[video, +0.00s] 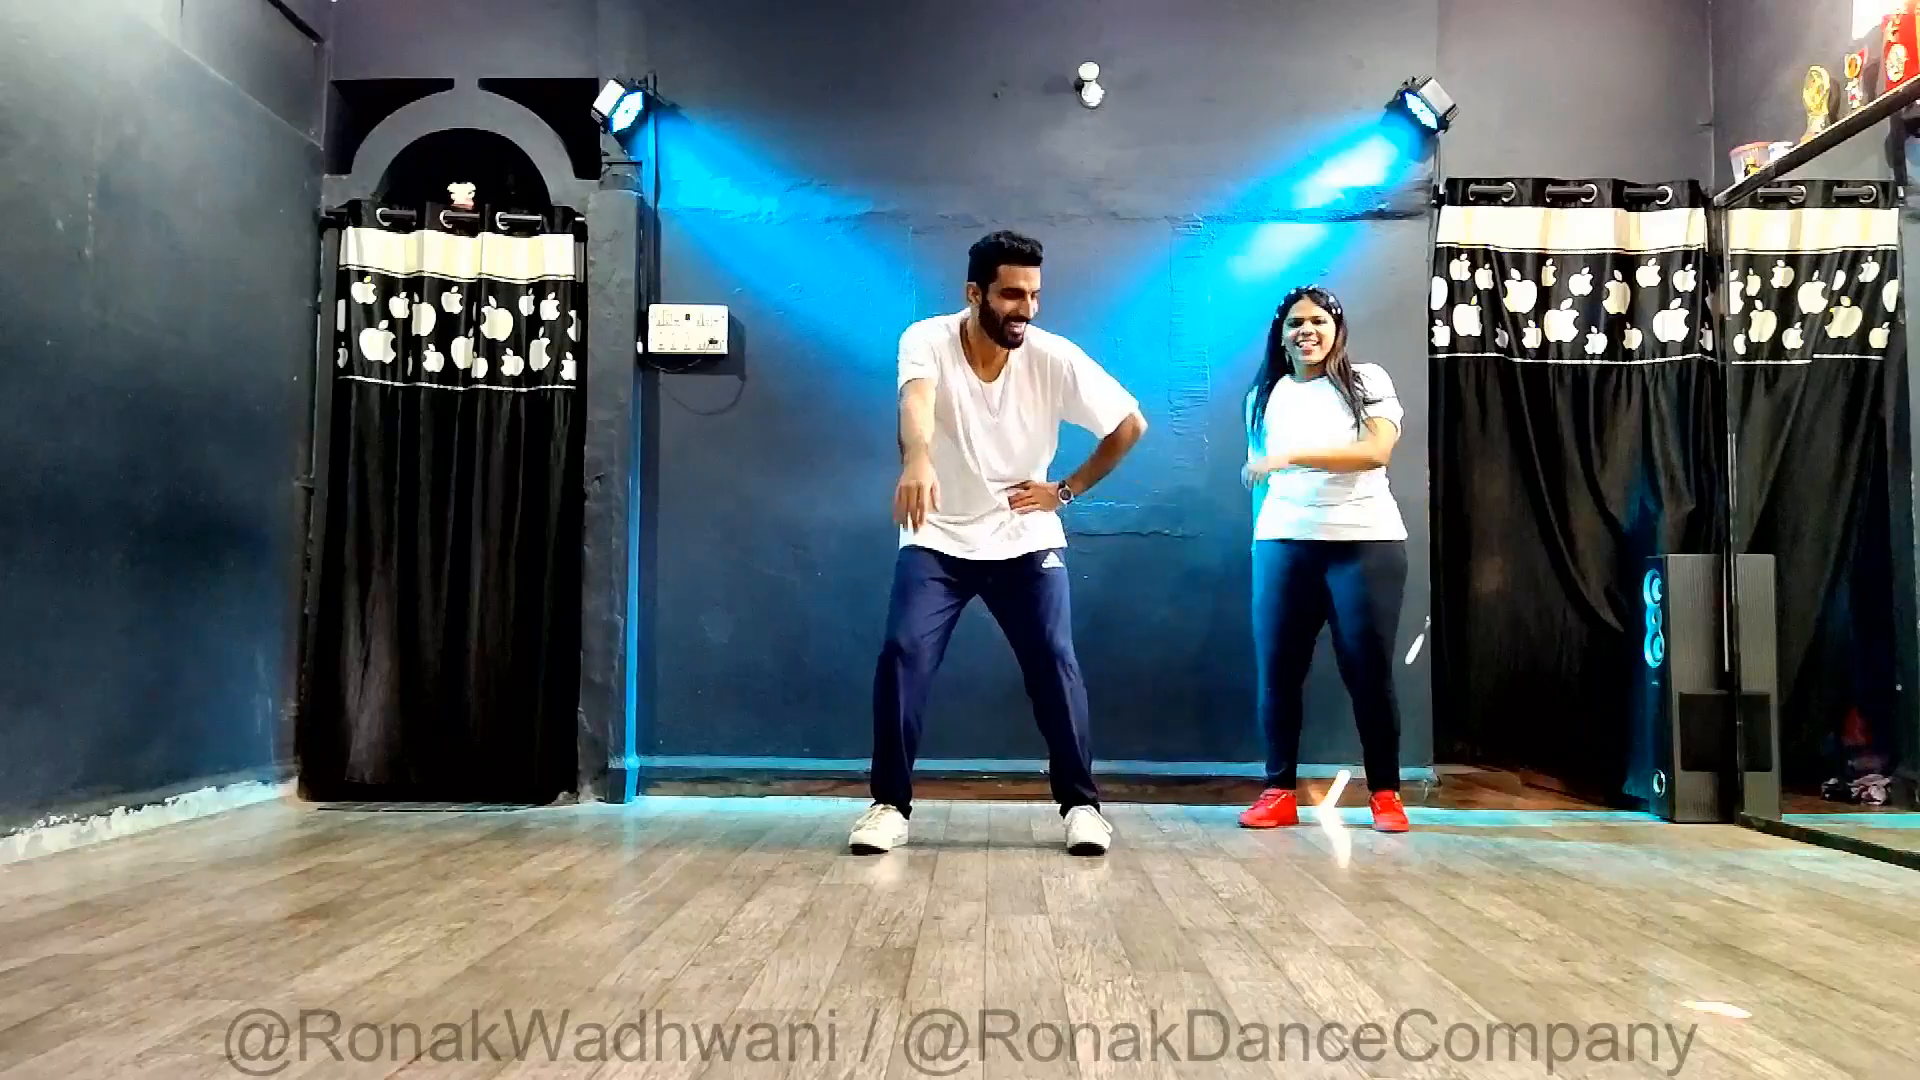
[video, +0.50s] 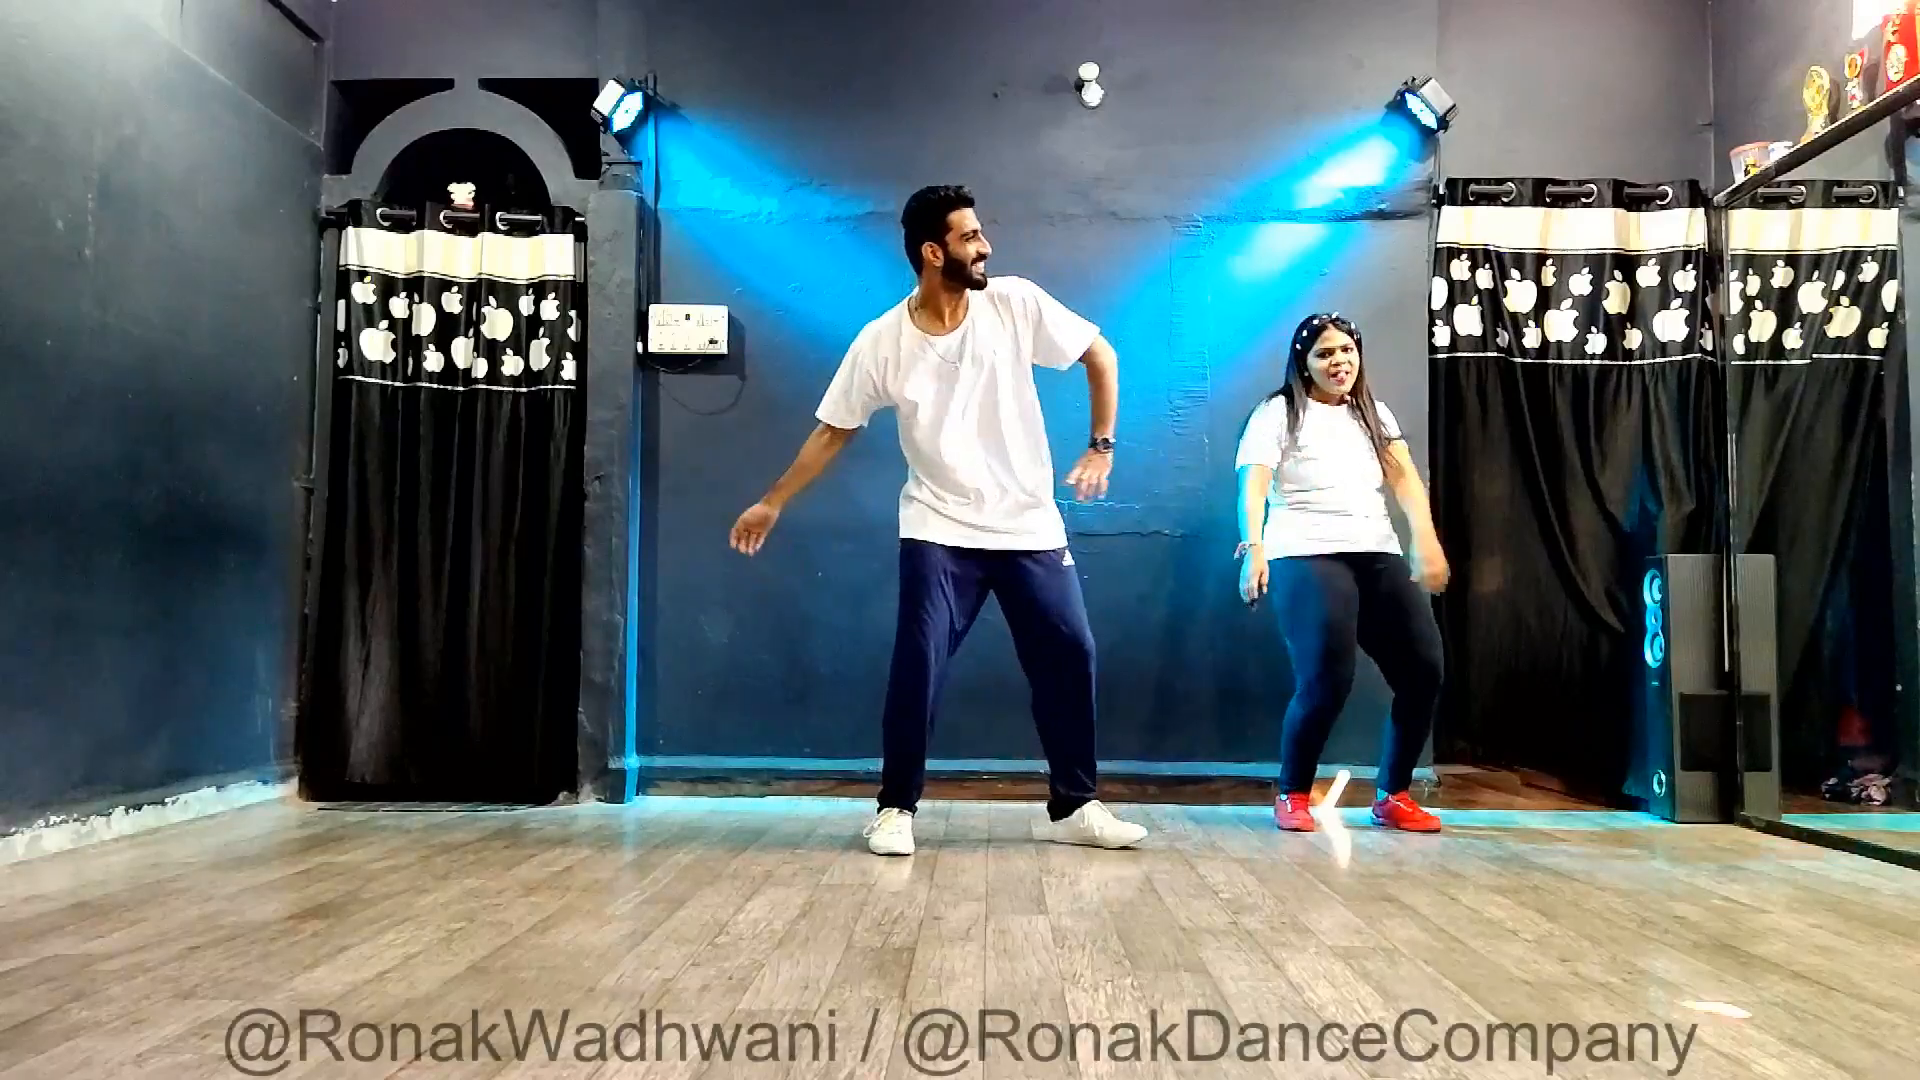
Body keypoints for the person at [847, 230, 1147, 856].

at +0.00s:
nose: (1025, 308)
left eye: (1033, 296)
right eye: (1011, 295)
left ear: (1039, 296)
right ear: (975, 292)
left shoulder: (1054, 357)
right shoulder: (926, 340)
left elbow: (1129, 424)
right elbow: (917, 399)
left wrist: (1067, 488)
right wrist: (916, 460)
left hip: (1024, 534)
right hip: (938, 532)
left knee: (1054, 655)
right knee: (904, 649)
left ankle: (1080, 805)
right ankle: (889, 806)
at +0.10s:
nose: (1027, 288)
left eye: (1030, 274)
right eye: (1014, 275)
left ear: (1028, 277)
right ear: (971, 278)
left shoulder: (1043, 338)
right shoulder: (915, 334)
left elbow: (1117, 408)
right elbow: (902, 407)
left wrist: (1060, 478)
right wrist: (898, 483)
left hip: (1015, 521)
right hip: (932, 520)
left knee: (1042, 657)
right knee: (906, 647)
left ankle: (1074, 800)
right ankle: (890, 804)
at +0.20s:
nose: (1011, 257)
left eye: (1012, 244)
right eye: (998, 246)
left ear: (997, 248)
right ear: (956, 254)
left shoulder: (1024, 309)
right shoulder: (894, 333)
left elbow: (1097, 380)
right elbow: (871, 435)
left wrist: (1053, 465)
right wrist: (845, 521)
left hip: (1007, 505)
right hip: (924, 507)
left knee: (1035, 653)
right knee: (912, 648)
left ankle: (1060, 794)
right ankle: (892, 803)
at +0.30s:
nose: (1002, 248)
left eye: (1001, 235)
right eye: (989, 238)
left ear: (973, 244)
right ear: (947, 248)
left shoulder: (1017, 302)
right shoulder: (887, 333)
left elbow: (1091, 372)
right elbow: (857, 438)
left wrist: (1053, 462)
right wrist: (821, 531)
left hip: (1010, 506)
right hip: (928, 509)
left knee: (1038, 655)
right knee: (918, 649)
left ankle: (1057, 799)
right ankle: (894, 804)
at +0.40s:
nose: (986, 242)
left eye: (984, 230)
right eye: (971, 234)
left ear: (958, 243)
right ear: (931, 249)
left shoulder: (1014, 302)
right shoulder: (878, 338)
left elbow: (1093, 359)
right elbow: (836, 432)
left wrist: (1077, 450)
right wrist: (783, 513)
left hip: (1020, 513)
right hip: (934, 516)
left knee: (1061, 647)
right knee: (920, 650)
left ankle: (1069, 802)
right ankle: (897, 806)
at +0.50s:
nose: (984, 244)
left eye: (981, 232)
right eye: (968, 236)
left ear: (953, 248)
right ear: (928, 254)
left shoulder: (1015, 303)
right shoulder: (881, 344)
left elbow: (1099, 354)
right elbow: (833, 430)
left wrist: (1102, 444)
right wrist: (772, 502)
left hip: (1028, 516)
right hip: (939, 520)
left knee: (1072, 645)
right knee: (920, 652)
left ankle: (1073, 804)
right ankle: (896, 808)